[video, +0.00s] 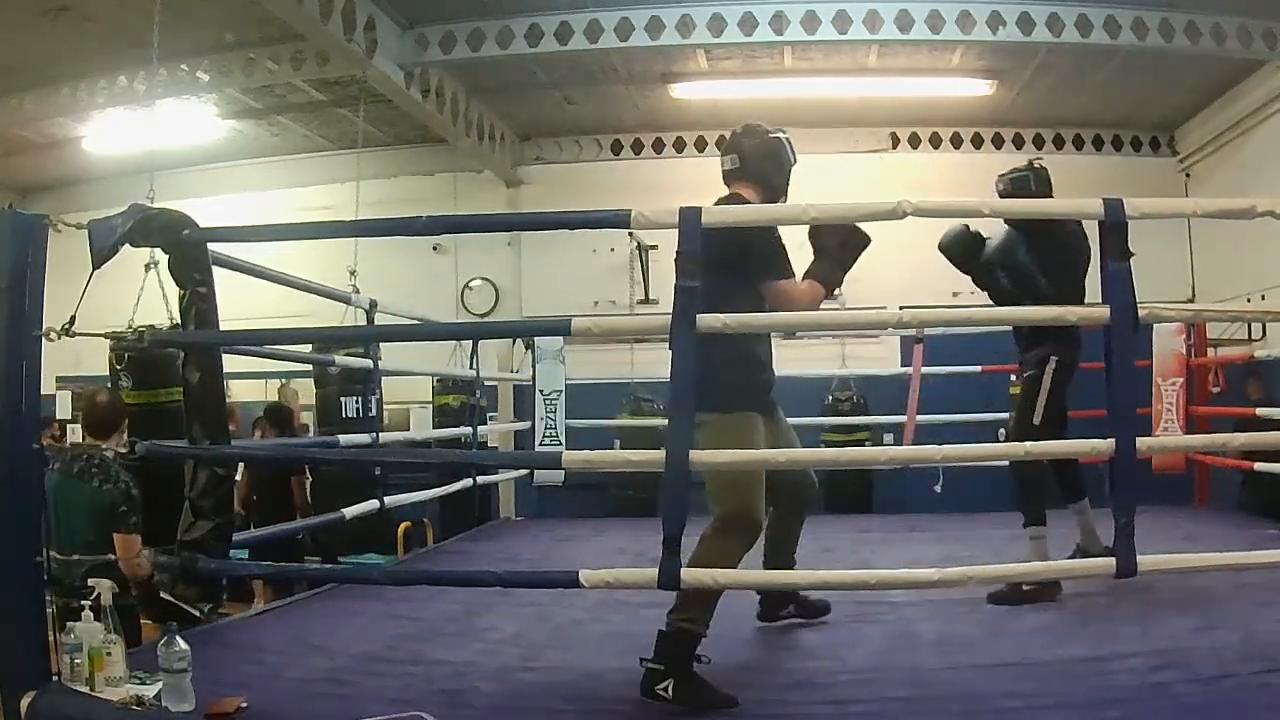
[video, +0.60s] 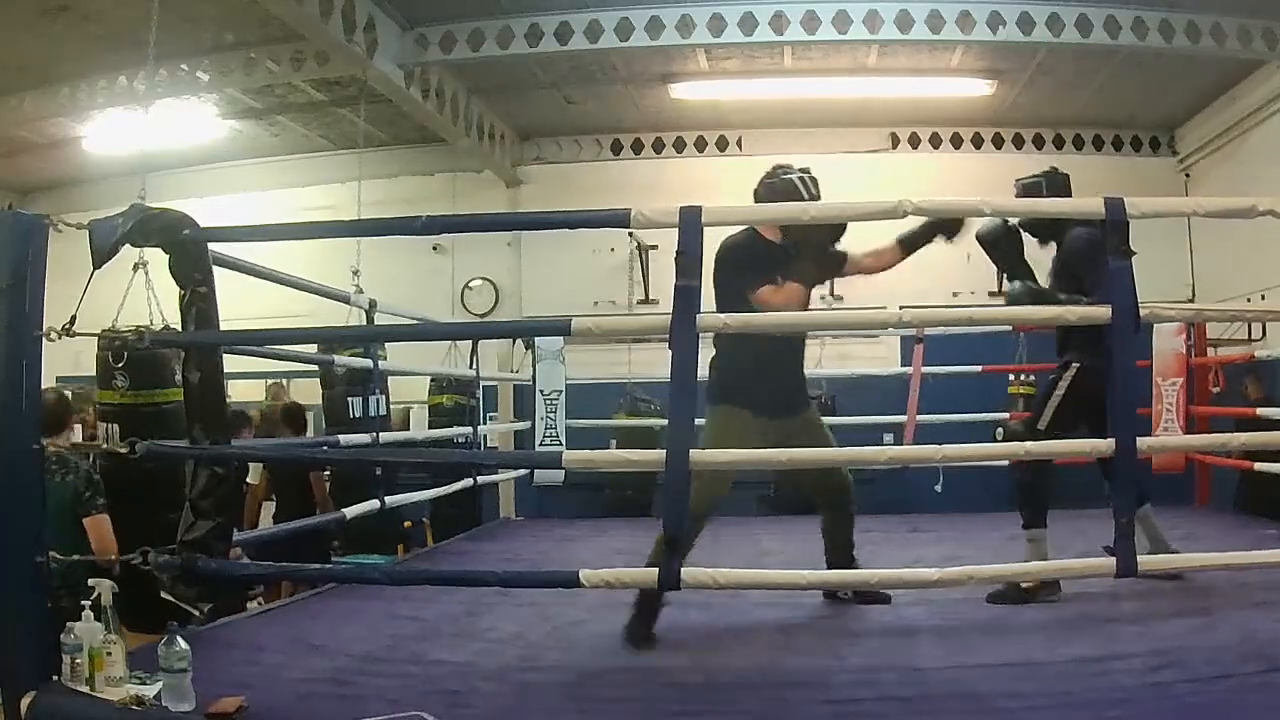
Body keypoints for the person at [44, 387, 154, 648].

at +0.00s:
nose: (127, 426)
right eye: (126, 422)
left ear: (83, 425)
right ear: (122, 427)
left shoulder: (55, 465)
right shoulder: (120, 481)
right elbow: (129, 563)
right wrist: (147, 568)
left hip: (62, 586)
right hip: (108, 591)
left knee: (72, 671)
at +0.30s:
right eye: (120, 420)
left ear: (78, 422)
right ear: (118, 423)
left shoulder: (51, 464)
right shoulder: (116, 474)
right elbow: (129, 556)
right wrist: (147, 575)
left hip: (60, 584)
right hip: (106, 589)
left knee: (69, 670)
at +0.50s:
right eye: (95, 418)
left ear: (49, 422)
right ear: (90, 424)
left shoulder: (29, 462)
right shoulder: (96, 470)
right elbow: (117, 550)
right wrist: (129, 571)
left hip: (36, 581)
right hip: (86, 587)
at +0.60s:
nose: (75, 423)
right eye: (74, 418)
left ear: (31, 422)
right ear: (70, 425)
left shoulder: (15, 464)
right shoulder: (77, 470)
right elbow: (105, 549)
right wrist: (111, 567)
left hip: (21, 590)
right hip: (70, 593)